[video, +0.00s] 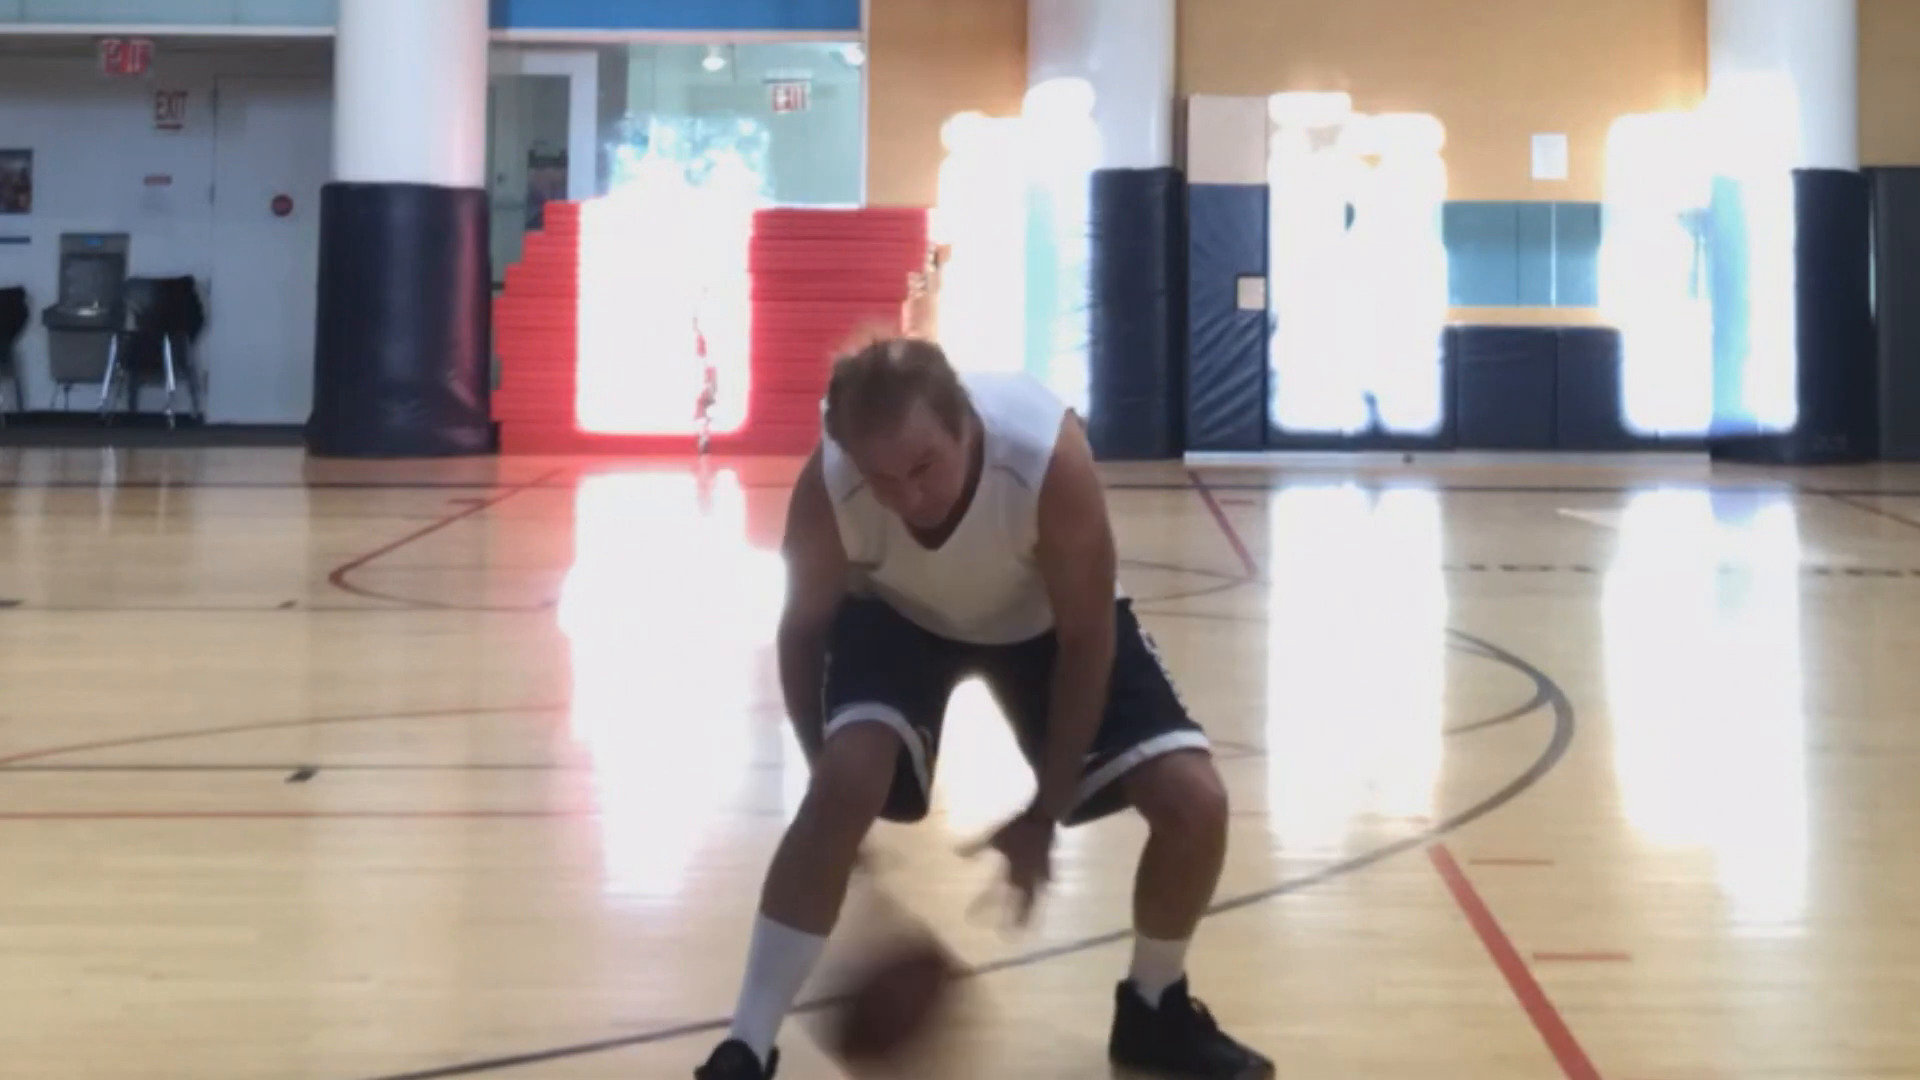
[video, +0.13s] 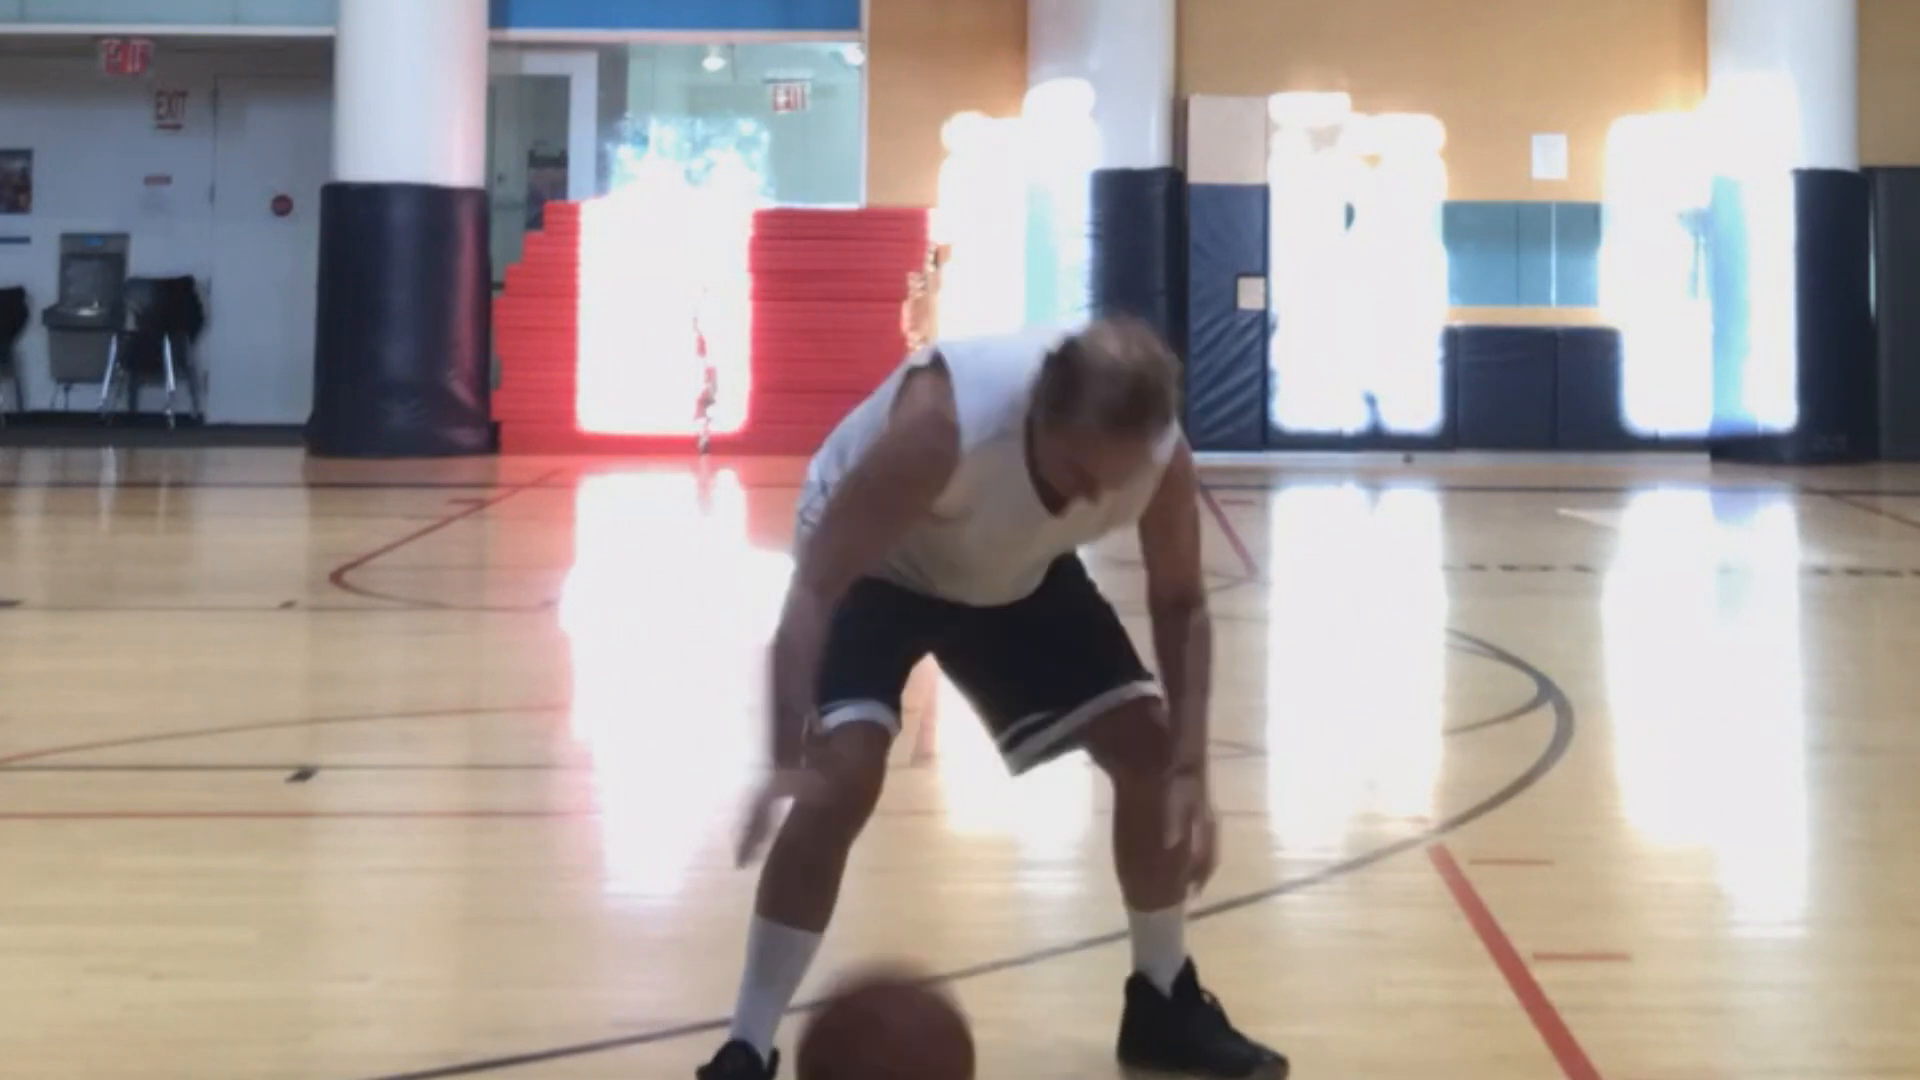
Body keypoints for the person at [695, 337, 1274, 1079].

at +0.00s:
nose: (904, 498)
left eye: (921, 471)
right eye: (877, 479)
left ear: (964, 427)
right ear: (848, 457)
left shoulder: (1049, 453)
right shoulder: (828, 487)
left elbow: (1087, 636)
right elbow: (804, 634)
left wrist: (1044, 813)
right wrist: (826, 774)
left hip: (1046, 613)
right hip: (897, 611)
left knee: (1194, 803)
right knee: (849, 776)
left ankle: (1153, 1009)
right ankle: (746, 1050)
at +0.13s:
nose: (1095, 498)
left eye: (1117, 480)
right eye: (1079, 476)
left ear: (1149, 443)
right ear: (1041, 418)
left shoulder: (1161, 452)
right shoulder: (941, 427)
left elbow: (1179, 602)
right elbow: (817, 582)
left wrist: (1191, 772)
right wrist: (786, 758)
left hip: (1020, 569)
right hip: (878, 566)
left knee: (1149, 743)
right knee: (842, 777)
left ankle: (1163, 1003)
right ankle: (748, 1048)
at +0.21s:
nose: (1290, 398)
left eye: (1302, 381)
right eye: (1282, 378)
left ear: (1310, 352)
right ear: (1220, 334)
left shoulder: (1258, 398)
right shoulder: (1111, 385)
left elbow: (1229, 547)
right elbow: (1059, 589)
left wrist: (1287, 693)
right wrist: (1186, 721)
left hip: (1091, 555)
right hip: (954, 543)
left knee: (1219, 728)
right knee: (924, 782)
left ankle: (1165, 1002)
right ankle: (785, 1042)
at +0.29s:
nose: (1044, 499)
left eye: (1061, 485)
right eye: (1025, 487)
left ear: (1095, 431)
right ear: (987, 440)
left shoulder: (1147, 422)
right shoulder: (921, 438)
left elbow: (1158, 580)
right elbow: (852, 615)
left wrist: (1132, 744)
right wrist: (844, 794)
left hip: (1083, 573)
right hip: (936, 579)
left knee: (1210, 750)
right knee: (911, 772)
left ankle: (1170, 1000)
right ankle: (782, 1043)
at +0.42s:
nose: (912, 425)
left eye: (931, 404)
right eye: (891, 409)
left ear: (961, 362)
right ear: (855, 373)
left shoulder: (1029, 391)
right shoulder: (821, 396)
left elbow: (1031, 565)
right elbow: (761, 543)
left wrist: (932, 692)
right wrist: (701, 673)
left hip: (1035, 533)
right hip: (885, 540)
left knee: (1115, 718)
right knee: (803, 725)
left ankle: (1204, 983)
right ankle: (740, 986)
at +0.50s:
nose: (1156, 512)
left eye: (1173, 496)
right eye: (1141, 494)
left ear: (1192, 465)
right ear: (1092, 446)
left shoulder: (1177, 478)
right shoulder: (991, 451)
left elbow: (1159, 605)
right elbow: (926, 624)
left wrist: (1143, 753)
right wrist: (965, 781)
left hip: (1067, 583)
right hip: (920, 564)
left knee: (1144, 727)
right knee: (800, 740)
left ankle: (1220, 985)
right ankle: (729, 986)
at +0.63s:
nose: (1218, 520)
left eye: (1235, 505)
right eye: (1208, 503)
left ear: (1251, 473)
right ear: (1162, 454)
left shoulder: (1201, 441)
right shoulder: (1041, 472)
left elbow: (1202, 516)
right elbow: (931, 600)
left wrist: (1235, 597)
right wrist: (970, 757)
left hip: (1073, 583)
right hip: (927, 568)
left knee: (1165, 738)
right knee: (813, 760)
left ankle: (1230, 990)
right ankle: (709, 990)